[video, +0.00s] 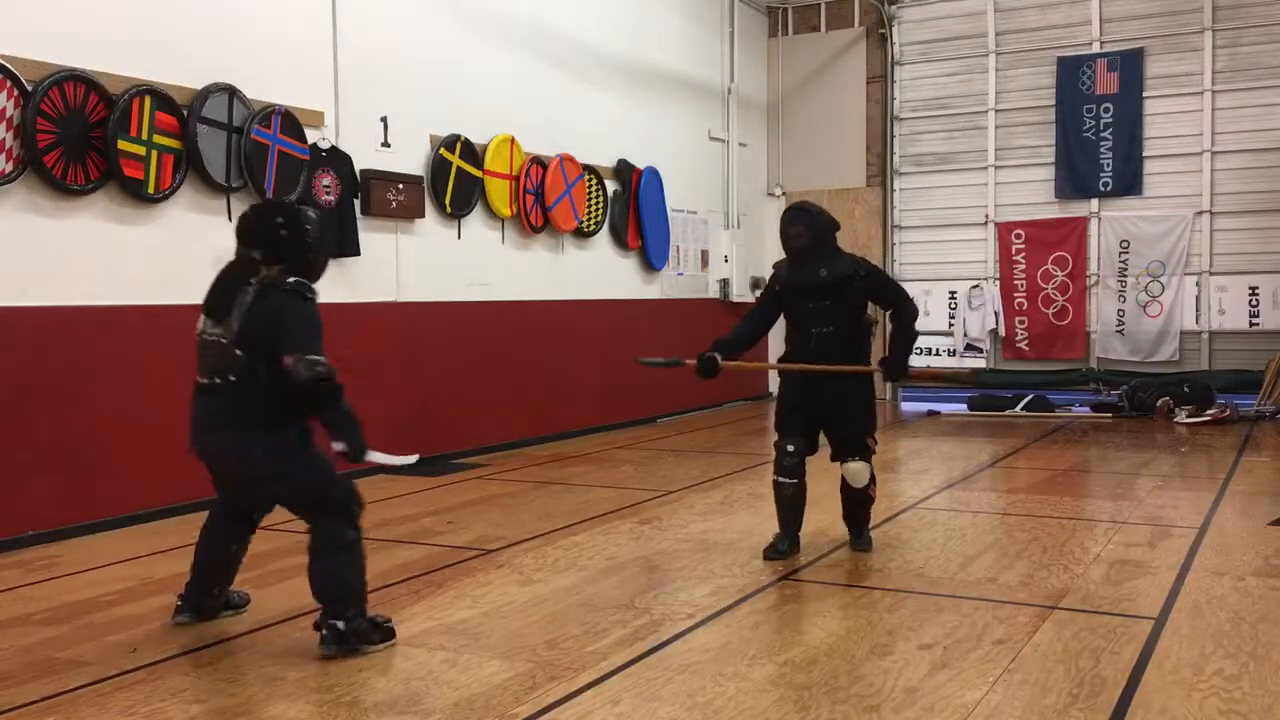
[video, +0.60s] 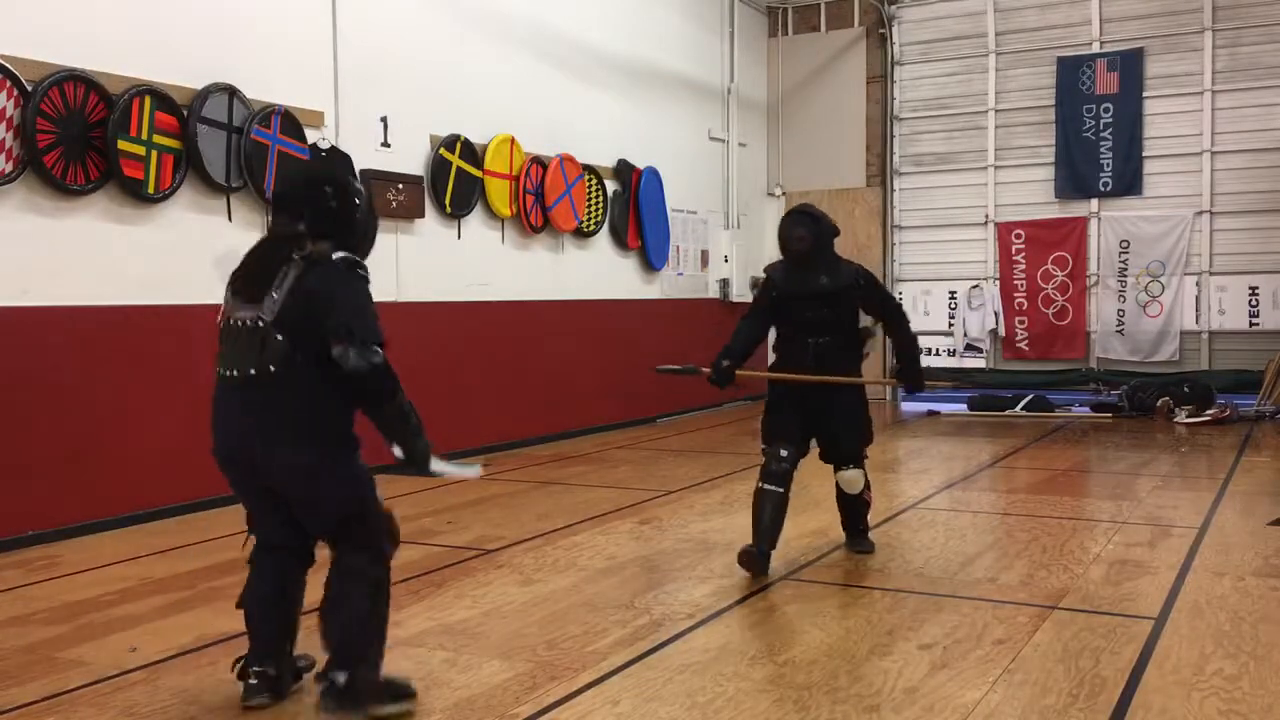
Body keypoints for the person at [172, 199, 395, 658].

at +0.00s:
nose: (318, 252)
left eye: (315, 242)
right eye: (310, 242)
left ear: (253, 246)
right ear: (290, 248)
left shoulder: (227, 282)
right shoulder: (289, 299)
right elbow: (310, 375)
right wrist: (346, 432)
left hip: (214, 432)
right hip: (265, 438)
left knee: (241, 501)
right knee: (337, 506)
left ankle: (202, 595)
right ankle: (344, 619)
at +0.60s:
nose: (369, 216)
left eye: (365, 204)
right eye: (360, 205)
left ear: (289, 209)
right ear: (338, 212)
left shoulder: (254, 264)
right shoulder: (333, 275)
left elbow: (260, 359)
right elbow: (364, 366)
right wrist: (409, 437)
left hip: (239, 440)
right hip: (307, 443)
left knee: (281, 538)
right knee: (365, 537)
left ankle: (266, 665)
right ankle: (353, 674)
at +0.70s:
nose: (374, 232)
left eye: (370, 220)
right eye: (366, 221)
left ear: (292, 224)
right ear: (346, 227)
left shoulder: (256, 275)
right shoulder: (348, 288)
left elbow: (236, 371)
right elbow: (383, 383)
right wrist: (415, 456)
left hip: (242, 456)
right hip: (310, 464)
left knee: (282, 550)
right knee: (364, 567)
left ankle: (267, 669)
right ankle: (339, 698)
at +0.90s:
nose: (390, 238)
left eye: (386, 228)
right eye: (383, 228)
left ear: (306, 231)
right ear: (362, 232)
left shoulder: (263, 287)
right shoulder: (371, 294)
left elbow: (249, 382)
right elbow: (414, 401)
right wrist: (436, 472)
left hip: (240, 469)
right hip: (321, 478)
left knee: (275, 554)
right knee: (375, 588)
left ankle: (264, 670)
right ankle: (354, 707)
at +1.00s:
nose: (397, 246)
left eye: (394, 235)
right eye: (392, 236)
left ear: (310, 235)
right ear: (373, 239)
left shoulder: (261, 288)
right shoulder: (377, 293)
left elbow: (243, 383)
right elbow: (423, 404)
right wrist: (447, 482)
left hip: (231, 467)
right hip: (320, 476)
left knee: (265, 560)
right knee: (380, 579)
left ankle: (251, 688)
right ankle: (355, 705)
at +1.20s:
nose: (381, 226)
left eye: (377, 214)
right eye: (372, 215)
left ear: (288, 222)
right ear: (348, 225)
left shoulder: (239, 283)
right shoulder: (359, 289)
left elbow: (222, 392)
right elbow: (407, 401)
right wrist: (446, 481)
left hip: (210, 475)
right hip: (307, 479)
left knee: (223, 593)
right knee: (374, 580)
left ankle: (188, 708)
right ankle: (351, 707)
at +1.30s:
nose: (363, 216)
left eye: (358, 202)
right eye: (354, 204)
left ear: (268, 214)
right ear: (328, 215)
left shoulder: (214, 284)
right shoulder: (337, 287)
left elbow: (212, 392)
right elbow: (382, 401)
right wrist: (428, 475)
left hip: (196, 485)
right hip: (291, 486)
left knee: (181, 623)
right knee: (368, 578)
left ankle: (145, 708)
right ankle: (350, 707)